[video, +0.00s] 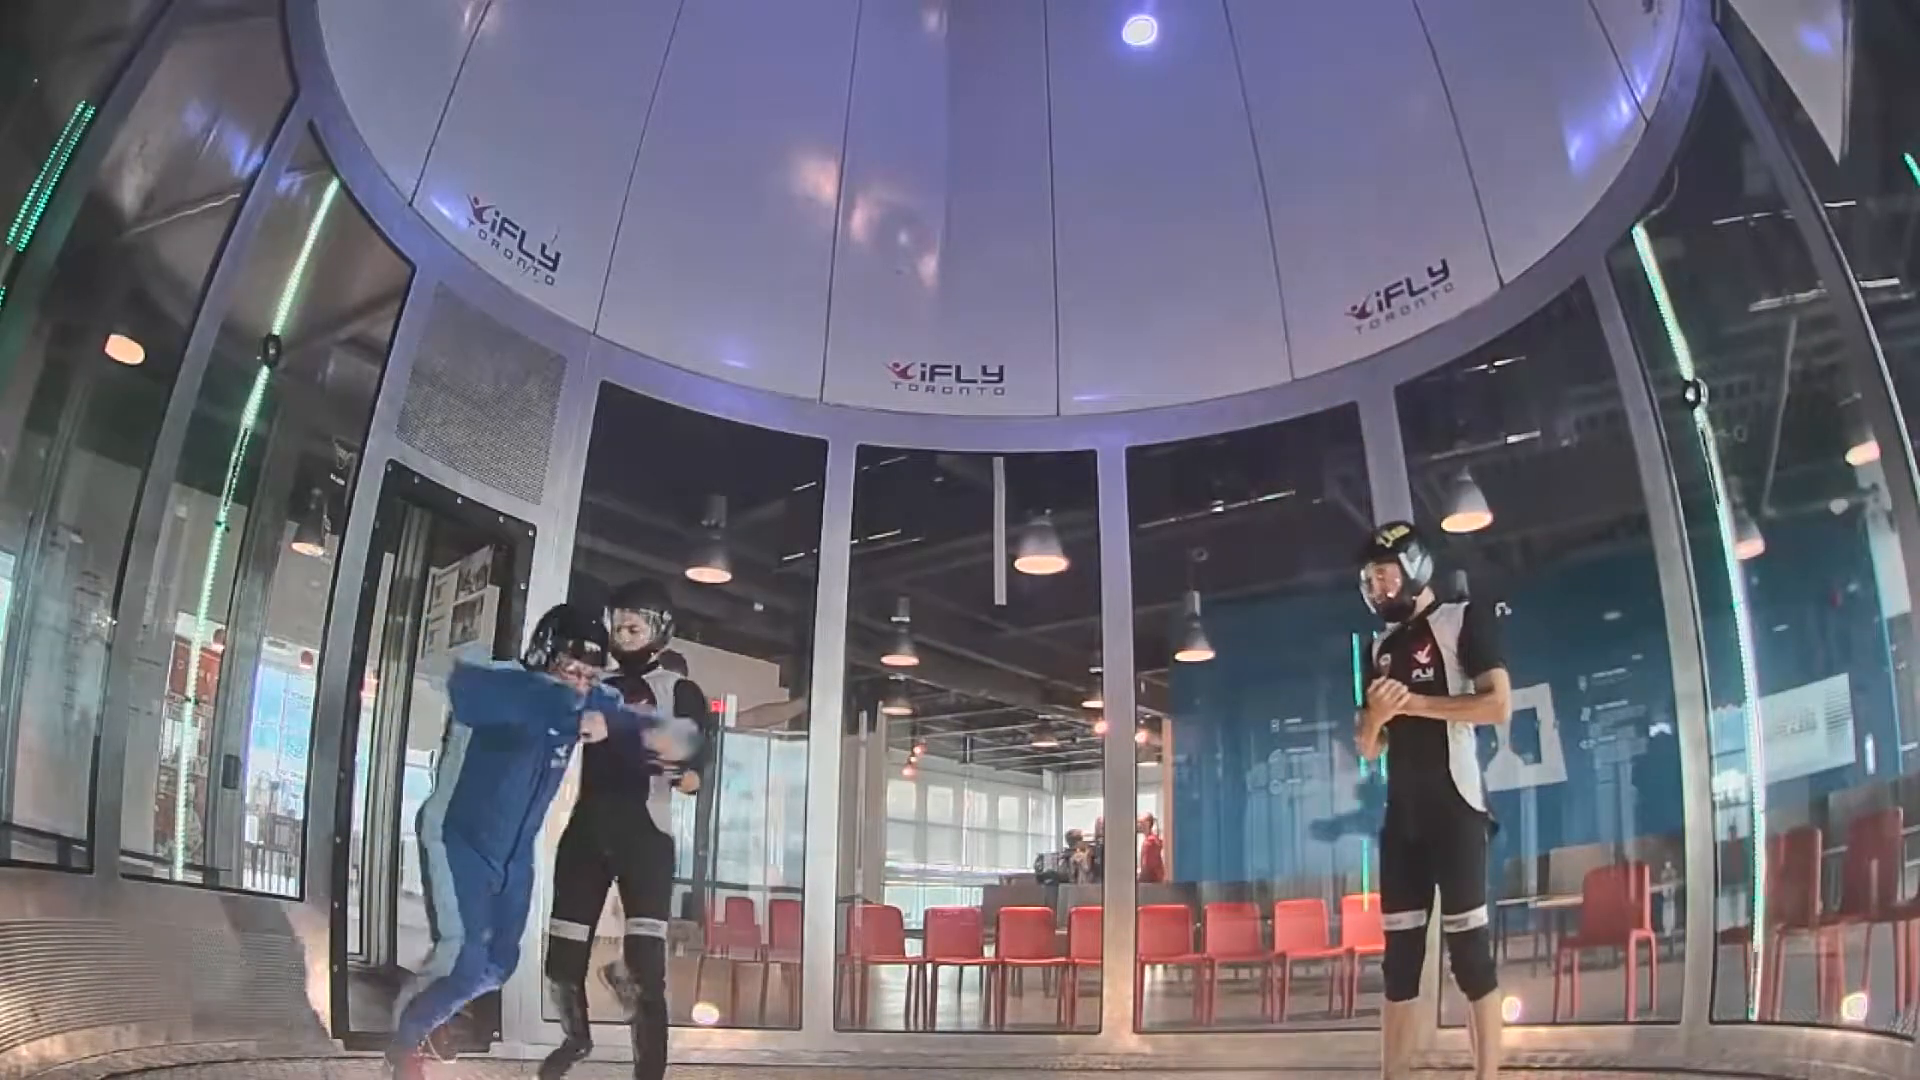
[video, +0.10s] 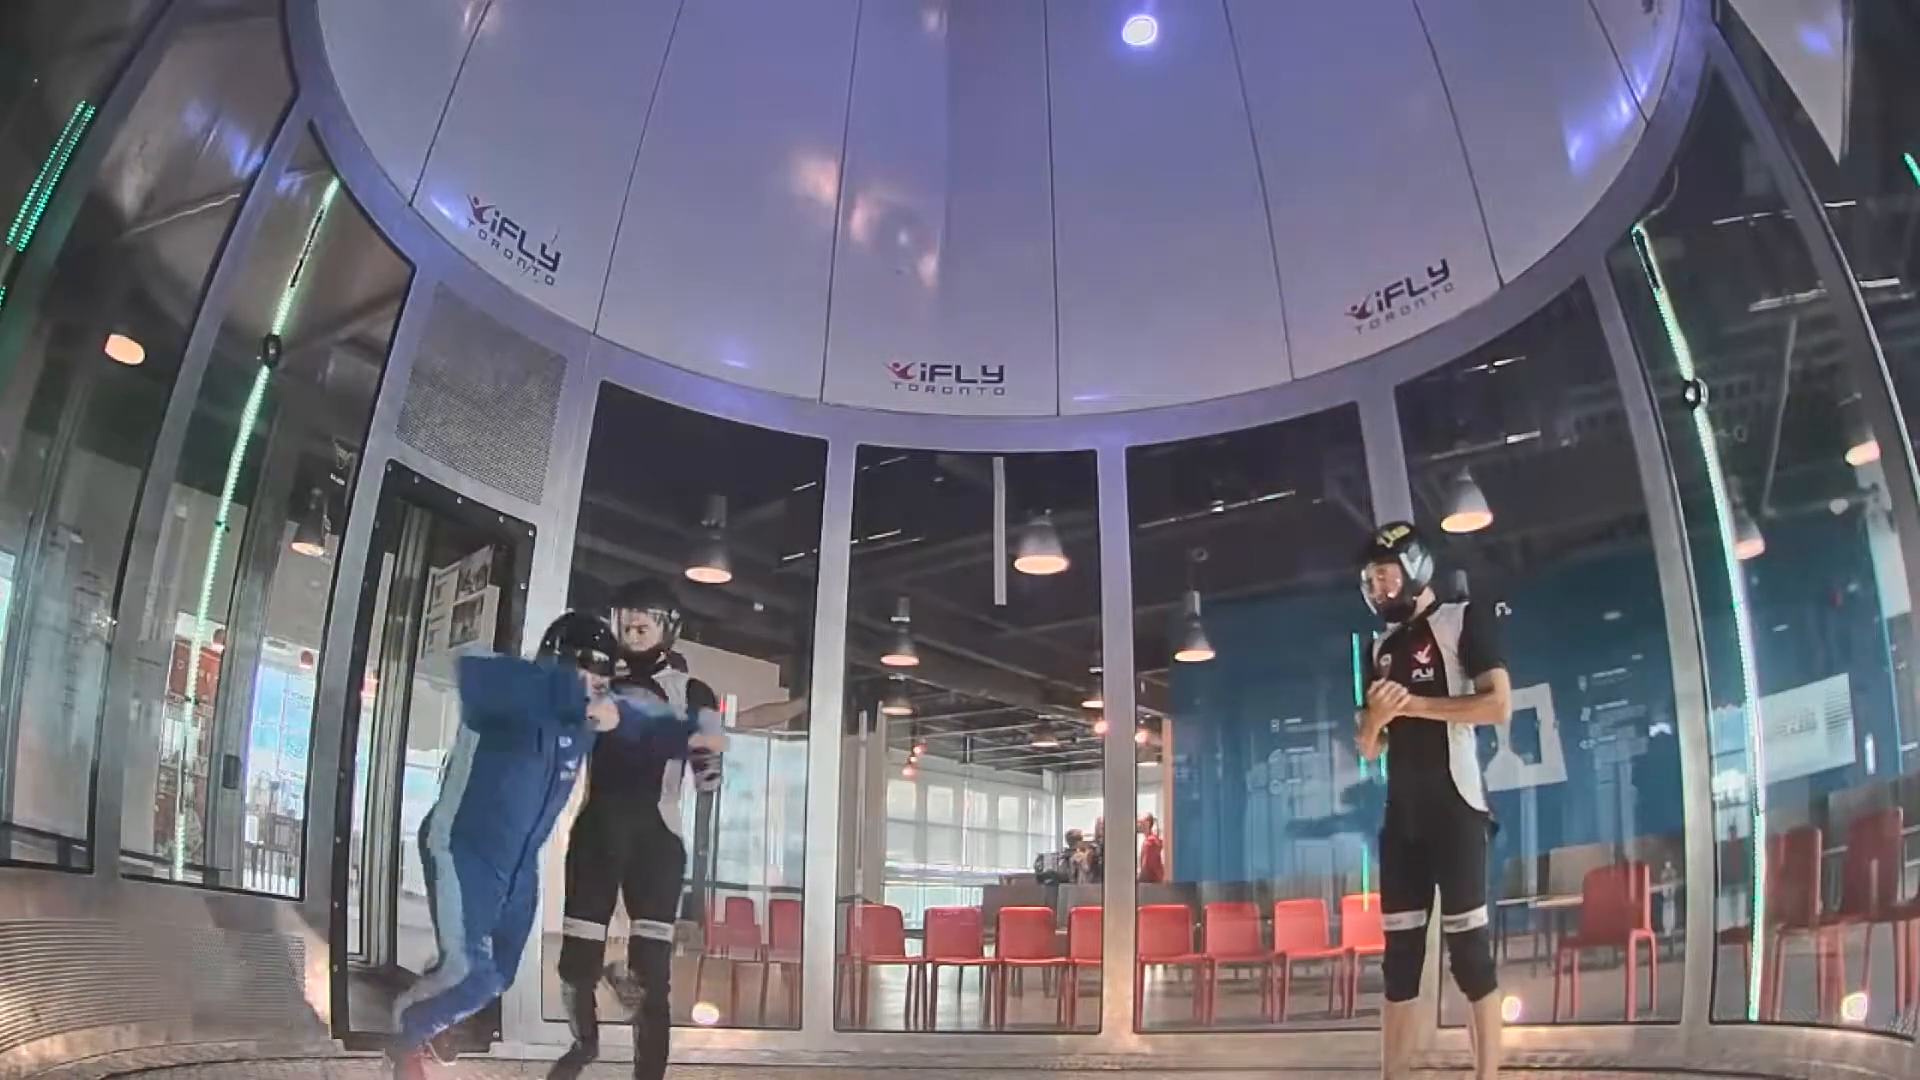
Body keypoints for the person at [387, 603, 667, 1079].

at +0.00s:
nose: (579, 677)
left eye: (590, 671)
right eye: (571, 663)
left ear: (599, 672)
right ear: (543, 653)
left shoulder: (585, 702)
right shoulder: (501, 680)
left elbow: (619, 715)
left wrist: (656, 732)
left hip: (515, 851)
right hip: (455, 836)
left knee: (498, 965)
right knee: (464, 959)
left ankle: (419, 1026)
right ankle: (404, 1047)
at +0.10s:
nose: (600, 683)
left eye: (605, 674)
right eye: (592, 668)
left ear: (606, 676)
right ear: (559, 660)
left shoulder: (586, 711)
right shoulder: (508, 690)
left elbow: (634, 722)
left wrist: (690, 733)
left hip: (520, 861)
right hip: (460, 846)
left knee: (495, 974)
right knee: (471, 968)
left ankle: (422, 1034)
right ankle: (405, 1032)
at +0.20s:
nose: (604, 714)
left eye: (615, 705)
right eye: (595, 701)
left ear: (624, 710)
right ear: (572, 694)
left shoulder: (618, 735)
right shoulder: (529, 720)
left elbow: (684, 725)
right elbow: (493, 656)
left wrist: (751, 715)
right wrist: (572, 651)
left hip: (529, 887)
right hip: (470, 869)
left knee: (498, 997)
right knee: (478, 992)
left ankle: (424, 1038)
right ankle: (404, 1040)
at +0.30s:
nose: (618, 722)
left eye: (630, 714)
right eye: (609, 707)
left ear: (640, 719)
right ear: (583, 698)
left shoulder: (629, 744)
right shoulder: (540, 721)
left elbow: (700, 722)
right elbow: (508, 645)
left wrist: (768, 705)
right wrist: (574, 617)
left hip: (535, 899)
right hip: (477, 876)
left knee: (488, 1014)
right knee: (478, 1008)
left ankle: (420, 1044)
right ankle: (407, 1037)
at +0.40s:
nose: (663, 745)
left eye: (675, 733)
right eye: (653, 728)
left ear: (684, 728)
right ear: (624, 709)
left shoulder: (675, 735)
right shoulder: (579, 718)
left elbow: (748, 706)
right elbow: (555, 624)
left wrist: (826, 670)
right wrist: (590, 554)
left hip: (548, 896)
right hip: (493, 875)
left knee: (480, 1002)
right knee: (465, 1005)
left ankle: (423, 1049)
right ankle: (408, 1053)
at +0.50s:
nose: (694, 738)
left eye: (706, 728)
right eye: (686, 719)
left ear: (714, 726)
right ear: (656, 699)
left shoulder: (696, 735)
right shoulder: (604, 704)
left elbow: (774, 697)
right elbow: (587, 612)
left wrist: (859, 668)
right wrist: (622, 536)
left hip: (558, 891)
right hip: (502, 862)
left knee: (484, 970)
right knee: (461, 970)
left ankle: (419, 1025)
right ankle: (407, 1034)